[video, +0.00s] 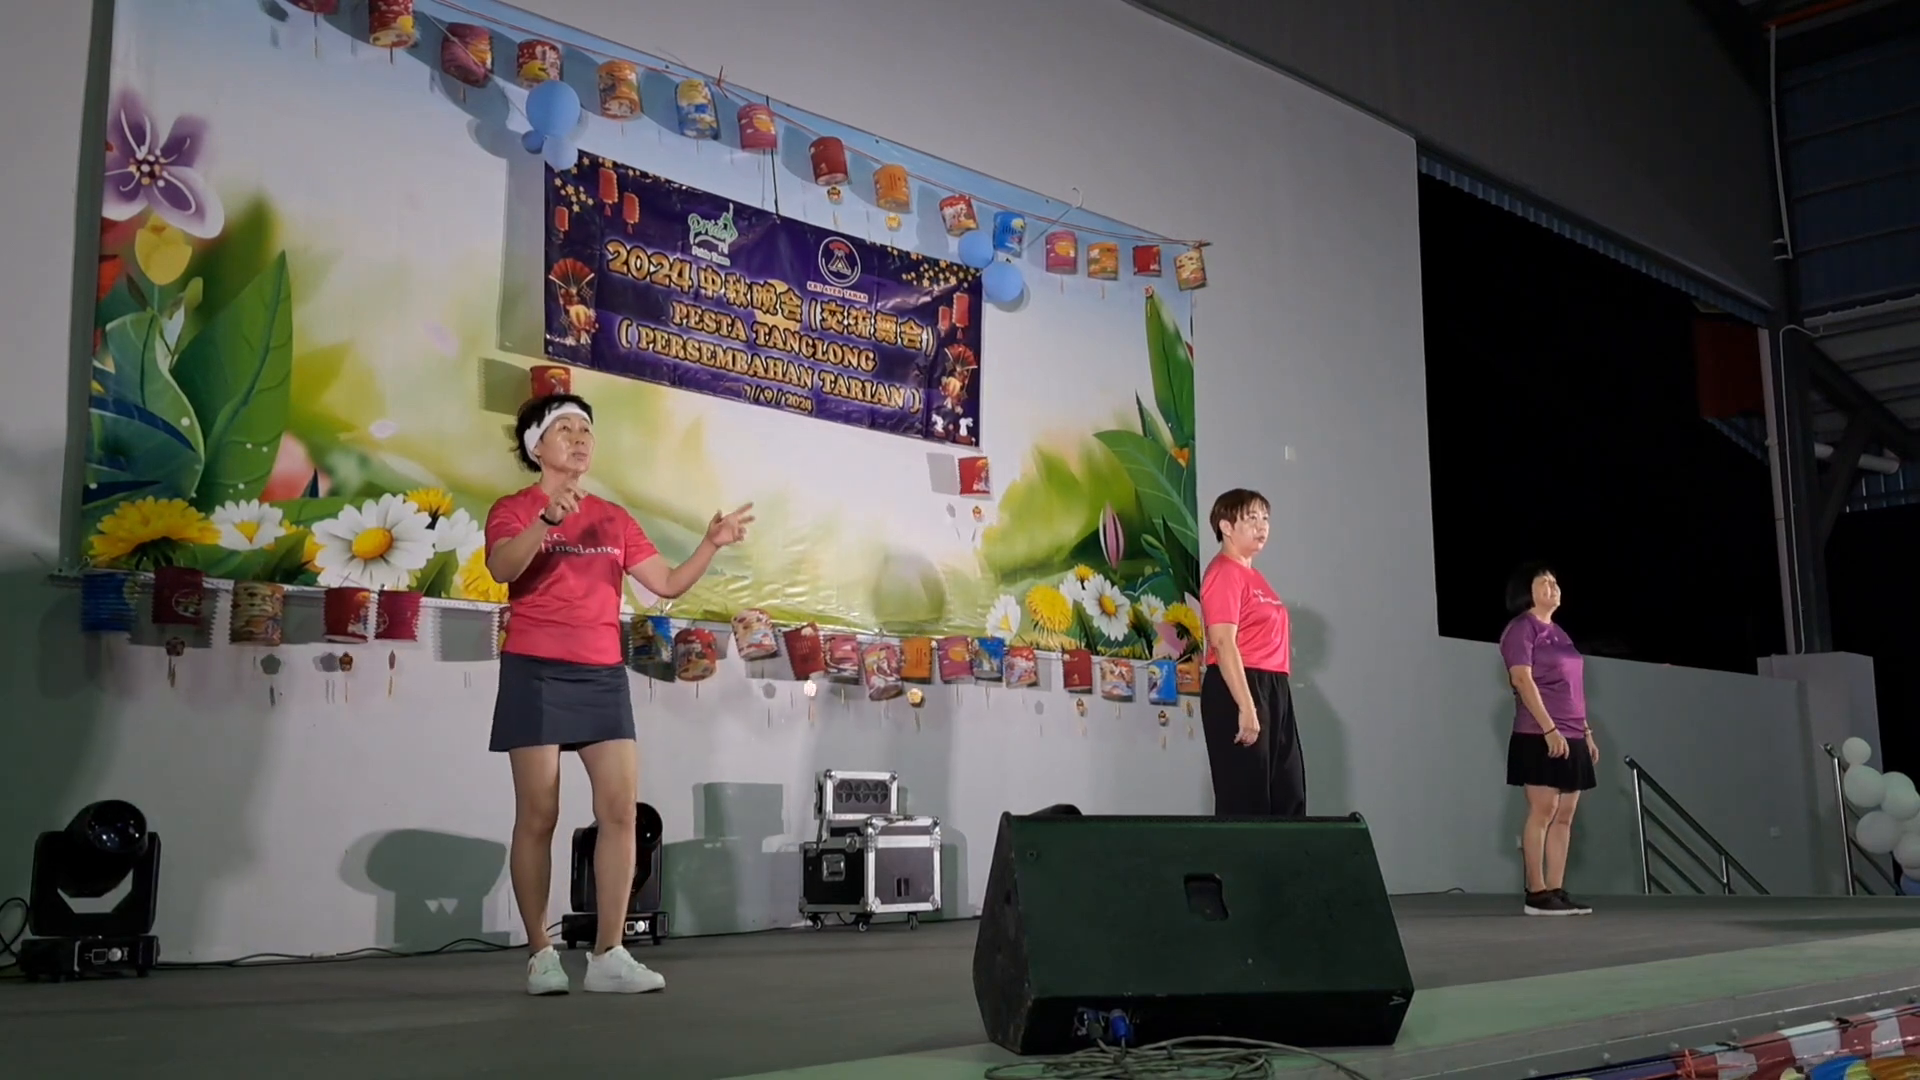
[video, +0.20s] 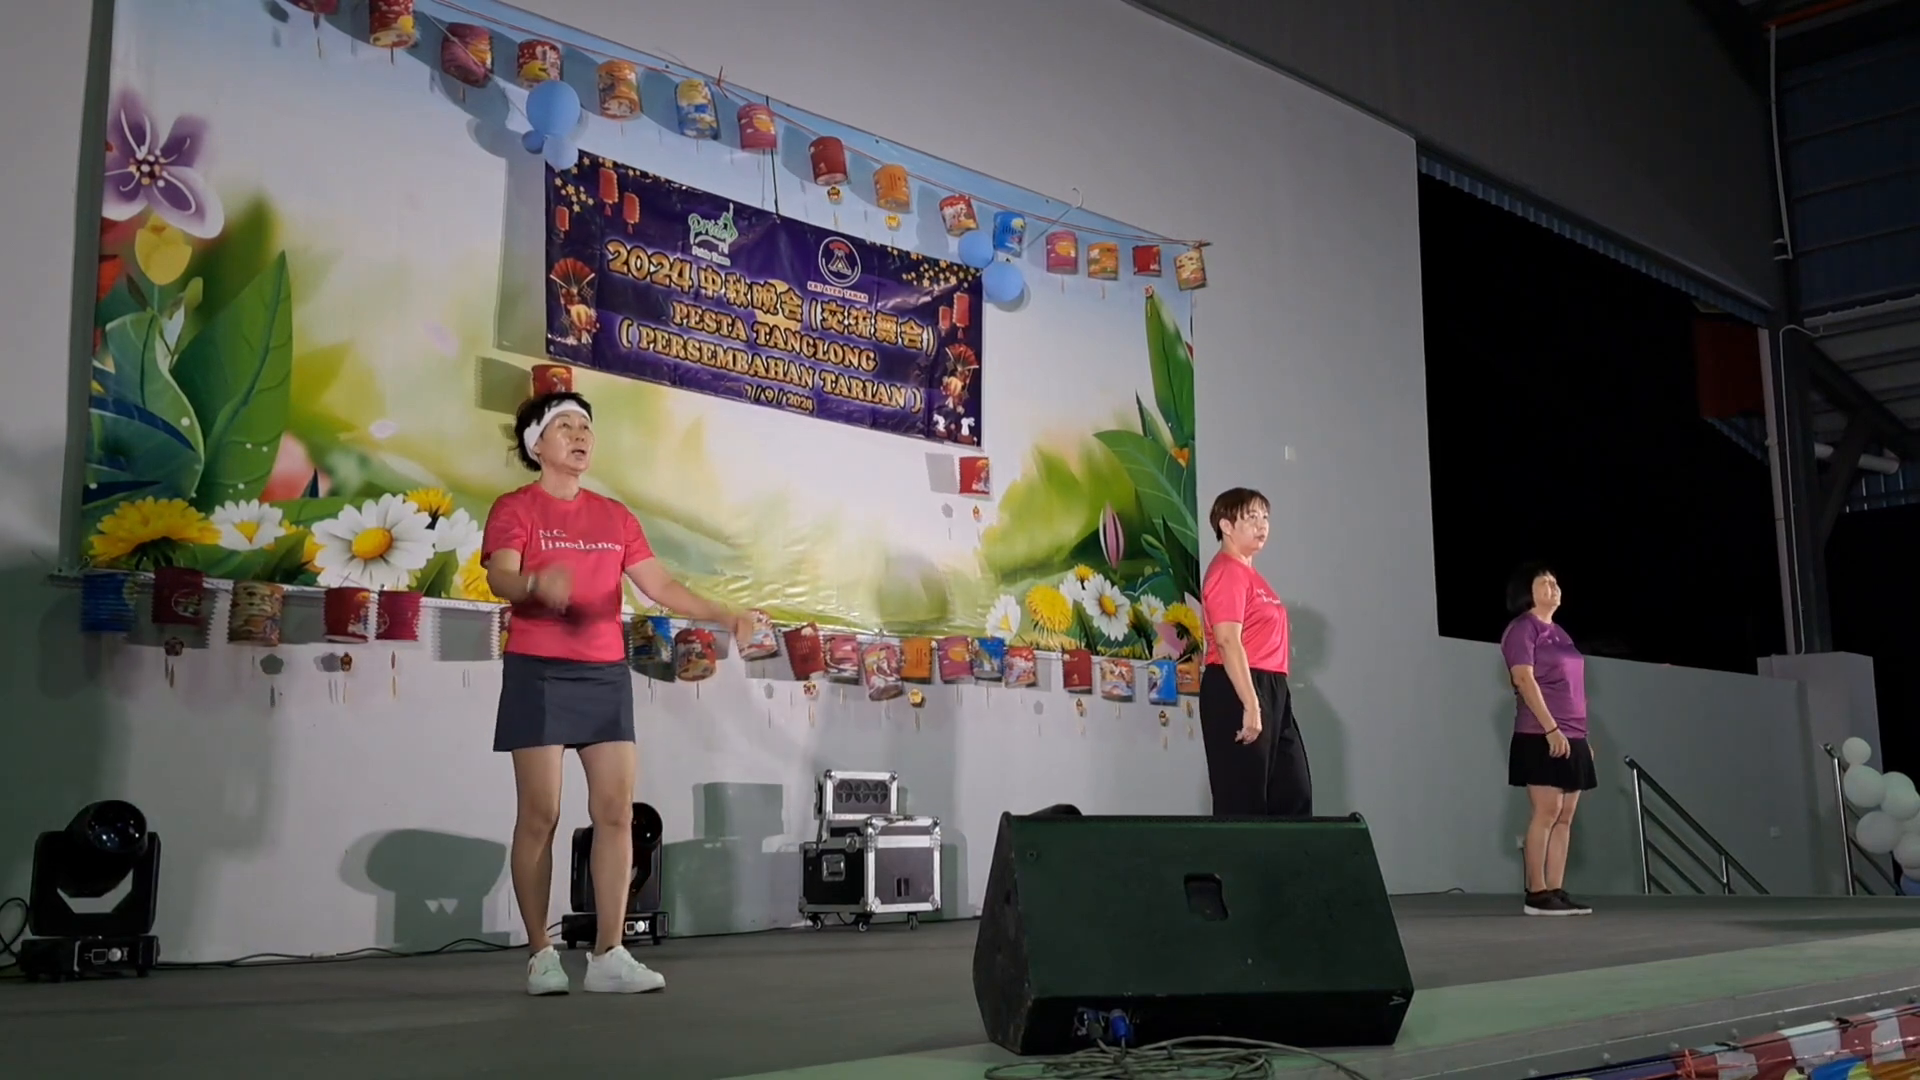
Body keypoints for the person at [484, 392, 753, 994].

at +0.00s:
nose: (579, 440)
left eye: (585, 432)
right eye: (565, 431)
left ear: (593, 448)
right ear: (535, 446)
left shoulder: (611, 518)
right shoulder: (515, 510)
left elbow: (666, 585)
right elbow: (501, 569)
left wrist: (710, 544)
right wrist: (545, 522)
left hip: (603, 675)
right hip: (534, 672)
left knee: (620, 808)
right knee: (539, 813)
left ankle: (609, 953)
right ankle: (541, 951)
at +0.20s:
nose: (580, 438)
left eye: (586, 430)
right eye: (566, 429)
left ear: (593, 445)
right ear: (535, 443)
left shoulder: (615, 517)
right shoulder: (515, 509)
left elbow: (663, 588)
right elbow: (500, 579)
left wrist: (728, 615)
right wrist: (535, 586)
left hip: (606, 674)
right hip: (539, 672)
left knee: (616, 811)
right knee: (541, 813)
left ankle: (609, 953)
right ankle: (542, 951)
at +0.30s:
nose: (581, 438)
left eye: (586, 430)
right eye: (568, 428)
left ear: (593, 444)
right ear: (537, 442)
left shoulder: (616, 517)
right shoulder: (515, 512)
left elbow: (648, 599)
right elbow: (500, 595)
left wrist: (686, 668)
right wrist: (512, 661)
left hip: (607, 677)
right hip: (538, 674)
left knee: (619, 810)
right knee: (539, 813)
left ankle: (610, 952)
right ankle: (541, 950)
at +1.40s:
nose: (592, 466)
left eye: (599, 455)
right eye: (580, 454)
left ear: (606, 461)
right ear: (546, 457)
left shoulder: (619, 526)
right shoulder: (507, 528)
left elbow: (645, 607)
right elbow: (484, 616)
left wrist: (667, 608)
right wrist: (438, 656)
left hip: (604, 684)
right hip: (530, 683)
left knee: (623, 809)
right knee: (531, 827)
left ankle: (594, 951)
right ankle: (512, 930)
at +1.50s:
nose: (584, 482)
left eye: (594, 472)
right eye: (572, 469)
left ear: (601, 478)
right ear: (544, 470)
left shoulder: (615, 539)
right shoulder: (504, 540)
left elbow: (634, 623)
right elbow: (477, 632)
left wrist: (627, 649)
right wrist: (427, 704)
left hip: (596, 697)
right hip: (519, 696)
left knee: (624, 811)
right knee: (510, 836)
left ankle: (593, 949)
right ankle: (503, 945)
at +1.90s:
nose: (602, 493)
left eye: (612, 484)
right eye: (591, 480)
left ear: (619, 491)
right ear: (562, 484)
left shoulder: (620, 550)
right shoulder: (518, 544)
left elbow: (653, 613)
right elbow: (490, 621)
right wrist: (457, 682)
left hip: (586, 709)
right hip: (511, 703)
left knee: (641, 808)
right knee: (507, 839)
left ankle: (635, 950)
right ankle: (506, 947)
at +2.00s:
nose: (623, 491)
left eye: (631, 481)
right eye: (611, 478)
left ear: (636, 487)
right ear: (578, 480)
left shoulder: (640, 548)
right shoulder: (531, 543)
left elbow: (706, 596)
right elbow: (492, 615)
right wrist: (448, 684)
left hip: (596, 708)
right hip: (520, 701)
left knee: (654, 809)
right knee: (514, 841)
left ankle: (638, 954)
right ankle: (506, 948)